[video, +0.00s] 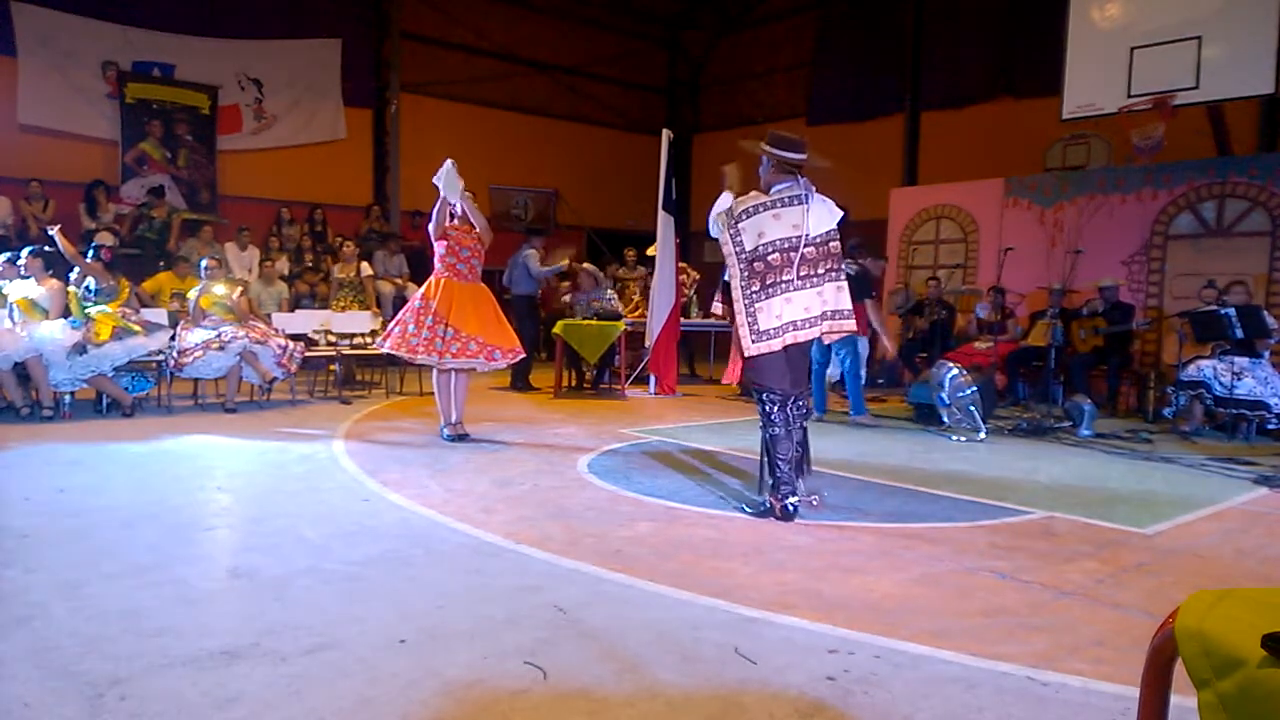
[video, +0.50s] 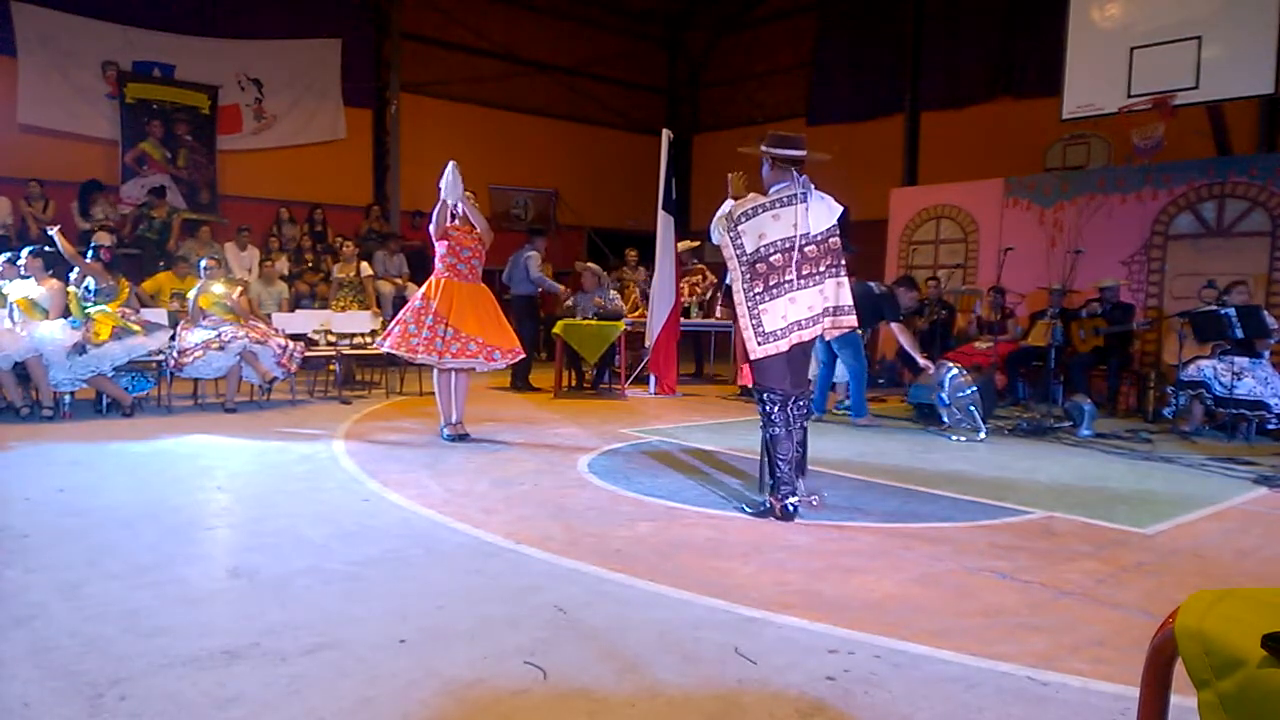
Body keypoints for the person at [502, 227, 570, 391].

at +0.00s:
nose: (543, 244)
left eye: (543, 240)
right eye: (542, 240)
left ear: (528, 239)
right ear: (535, 240)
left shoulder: (516, 256)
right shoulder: (530, 253)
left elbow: (506, 280)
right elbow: (537, 272)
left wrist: (522, 285)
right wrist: (562, 266)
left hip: (516, 298)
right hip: (528, 299)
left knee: (523, 338)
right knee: (530, 338)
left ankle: (518, 376)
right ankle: (522, 378)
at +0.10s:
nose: (543, 244)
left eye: (543, 240)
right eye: (541, 240)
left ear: (528, 239)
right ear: (536, 240)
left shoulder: (516, 256)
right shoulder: (530, 254)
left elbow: (506, 280)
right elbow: (536, 272)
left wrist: (523, 286)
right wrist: (562, 275)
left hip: (516, 298)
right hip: (528, 299)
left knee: (523, 337)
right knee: (529, 338)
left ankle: (517, 377)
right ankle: (522, 378)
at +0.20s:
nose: (543, 245)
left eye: (543, 241)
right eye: (541, 241)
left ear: (528, 240)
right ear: (535, 241)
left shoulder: (516, 256)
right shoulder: (530, 254)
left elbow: (506, 280)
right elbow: (535, 272)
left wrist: (524, 285)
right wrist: (558, 280)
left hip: (516, 298)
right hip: (528, 299)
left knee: (523, 338)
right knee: (530, 339)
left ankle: (518, 376)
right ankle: (522, 378)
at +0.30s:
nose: (544, 244)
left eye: (544, 241)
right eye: (542, 241)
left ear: (529, 240)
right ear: (536, 240)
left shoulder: (516, 256)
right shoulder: (531, 254)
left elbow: (506, 279)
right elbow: (535, 274)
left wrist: (522, 285)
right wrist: (559, 271)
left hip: (516, 298)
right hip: (527, 299)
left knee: (523, 338)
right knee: (530, 339)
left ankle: (517, 376)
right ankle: (522, 378)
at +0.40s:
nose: (544, 245)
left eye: (544, 241)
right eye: (543, 242)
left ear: (529, 241)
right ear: (536, 241)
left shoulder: (516, 256)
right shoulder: (532, 254)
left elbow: (505, 277)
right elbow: (535, 274)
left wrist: (520, 285)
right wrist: (561, 275)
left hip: (516, 298)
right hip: (528, 299)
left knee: (523, 337)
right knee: (529, 339)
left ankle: (517, 376)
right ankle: (522, 378)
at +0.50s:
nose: (545, 246)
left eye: (545, 242)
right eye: (543, 242)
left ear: (530, 241)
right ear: (536, 241)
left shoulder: (516, 255)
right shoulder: (533, 255)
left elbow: (505, 277)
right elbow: (535, 275)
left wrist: (520, 287)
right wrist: (559, 288)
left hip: (516, 298)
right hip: (528, 298)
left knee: (521, 338)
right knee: (528, 339)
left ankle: (517, 376)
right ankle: (522, 377)